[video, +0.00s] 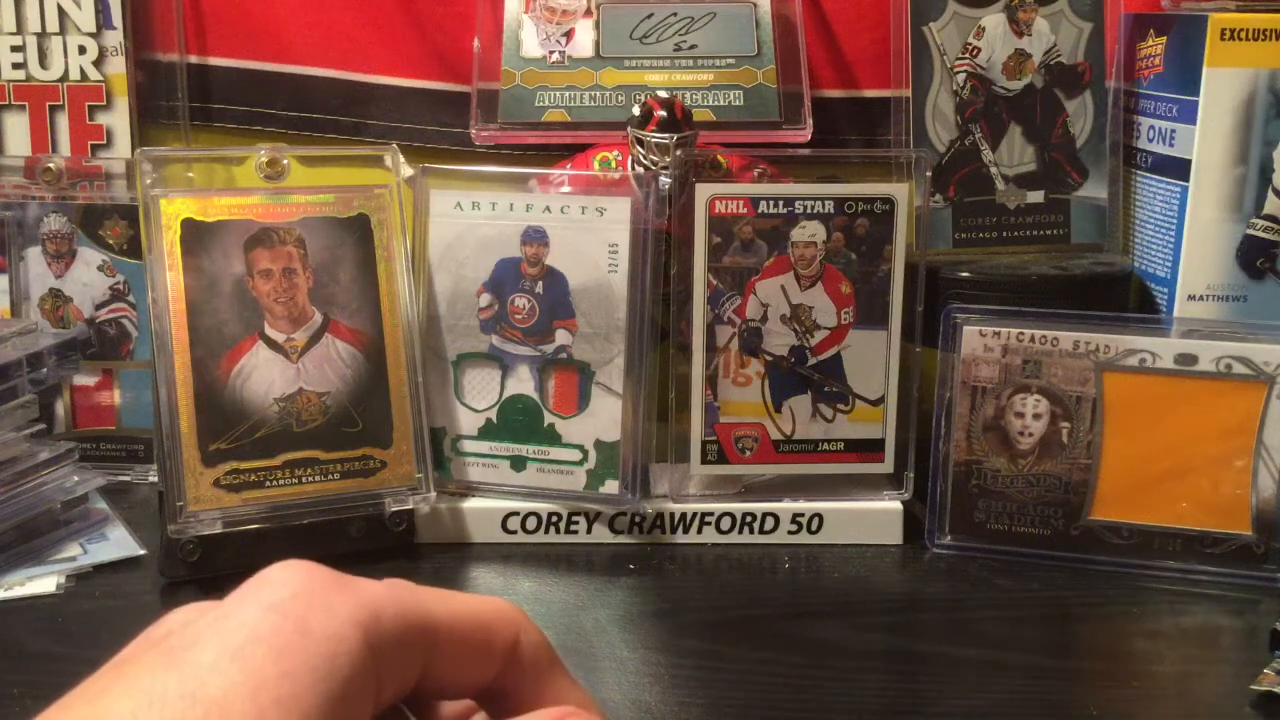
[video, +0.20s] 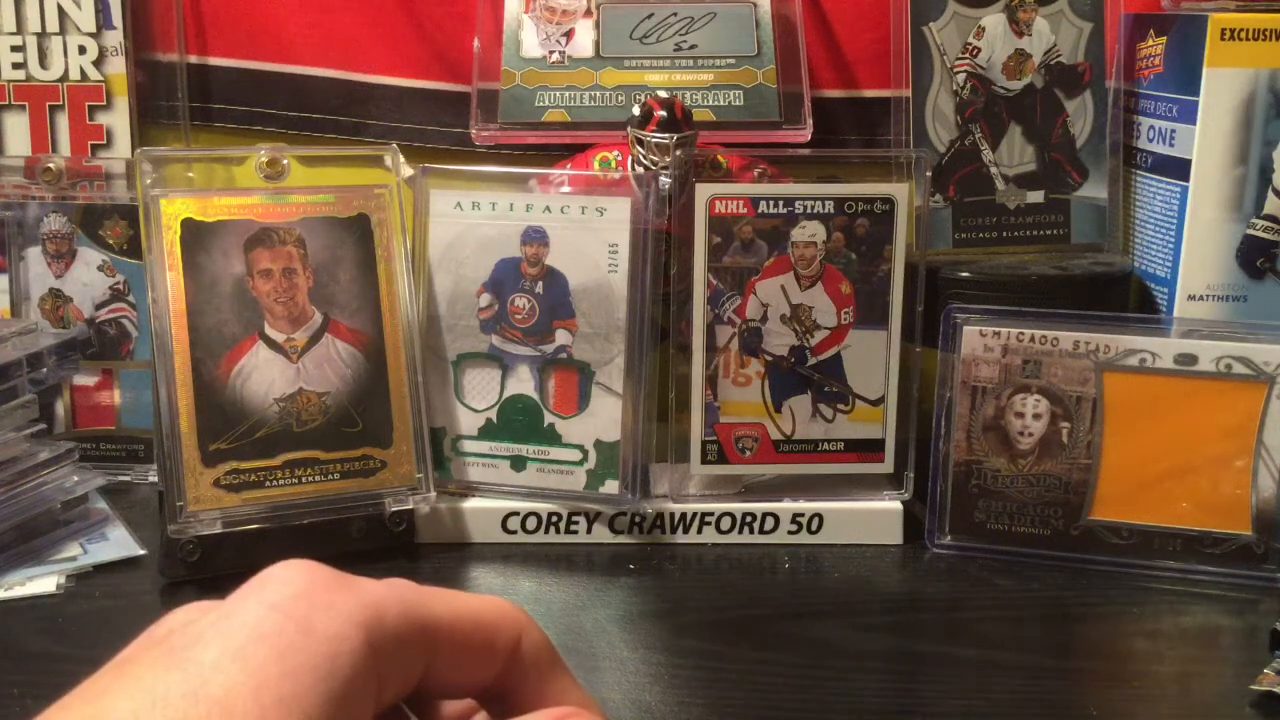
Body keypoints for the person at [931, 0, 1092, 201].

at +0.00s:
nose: (1030, 17)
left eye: (1033, 11)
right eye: (1024, 11)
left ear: (1037, 10)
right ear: (1011, 9)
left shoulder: (1041, 27)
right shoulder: (990, 26)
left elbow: (1051, 56)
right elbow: (965, 63)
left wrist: (1064, 75)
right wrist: (968, 97)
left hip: (1025, 92)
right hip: (992, 94)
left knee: (1055, 120)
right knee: (979, 139)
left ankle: (1063, 174)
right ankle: (944, 183)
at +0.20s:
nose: (1029, 16)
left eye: (1033, 11)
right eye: (1024, 11)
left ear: (1037, 11)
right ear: (1011, 9)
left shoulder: (1041, 28)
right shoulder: (990, 26)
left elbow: (1051, 60)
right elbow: (964, 63)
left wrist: (1067, 75)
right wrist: (968, 98)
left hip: (1025, 92)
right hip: (992, 94)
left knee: (1056, 123)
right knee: (979, 139)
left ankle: (1064, 175)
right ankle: (943, 183)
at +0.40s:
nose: (1029, 17)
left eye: (1033, 11)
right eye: (1024, 11)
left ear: (1037, 11)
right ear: (1011, 9)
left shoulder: (1041, 27)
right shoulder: (990, 26)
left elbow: (1051, 60)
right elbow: (964, 63)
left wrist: (1067, 75)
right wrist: (968, 98)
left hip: (1025, 92)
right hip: (992, 94)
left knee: (1056, 124)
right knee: (979, 140)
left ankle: (1064, 176)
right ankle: (943, 183)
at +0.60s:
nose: (1029, 17)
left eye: (1033, 11)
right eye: (1024, 11)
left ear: (1037, 11)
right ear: (1011, 9)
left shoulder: (1041, 28)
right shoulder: (990, 26)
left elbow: (1051, 61)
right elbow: (964, 63)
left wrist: (1068, 75)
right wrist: (968, 98)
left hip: (1025, 92)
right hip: (992, 94)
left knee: (1056, 123)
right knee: (979, 139)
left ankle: (1064, 176)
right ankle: (943, 183)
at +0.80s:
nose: (1029, 17)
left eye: (1033, 11)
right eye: (1024, 11)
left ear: (1037, 11)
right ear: (1011, 9)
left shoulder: (1041, 28)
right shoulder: (990, 26)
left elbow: (1051, 60)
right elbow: (964, 63)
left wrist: (1067, 75)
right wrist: (968, 98)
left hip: (1025, 92)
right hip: (992, 93)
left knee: (1056, 123)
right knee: (980, 139)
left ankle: (1063, 176)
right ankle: (943, 183)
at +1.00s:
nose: (1030, 17)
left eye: (1034, 11)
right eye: (1025, 11)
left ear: (1037, 11)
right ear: (1011, 9)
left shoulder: (1041, 28)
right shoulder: (990, 26)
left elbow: (1051, 61)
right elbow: (965, 63)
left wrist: (1068, 75)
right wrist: (969, 98)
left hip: (1025, 92)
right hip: (992, 93)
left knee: (1056, 123)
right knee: (980, 139)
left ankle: (1063, 176)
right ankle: (942, 183)